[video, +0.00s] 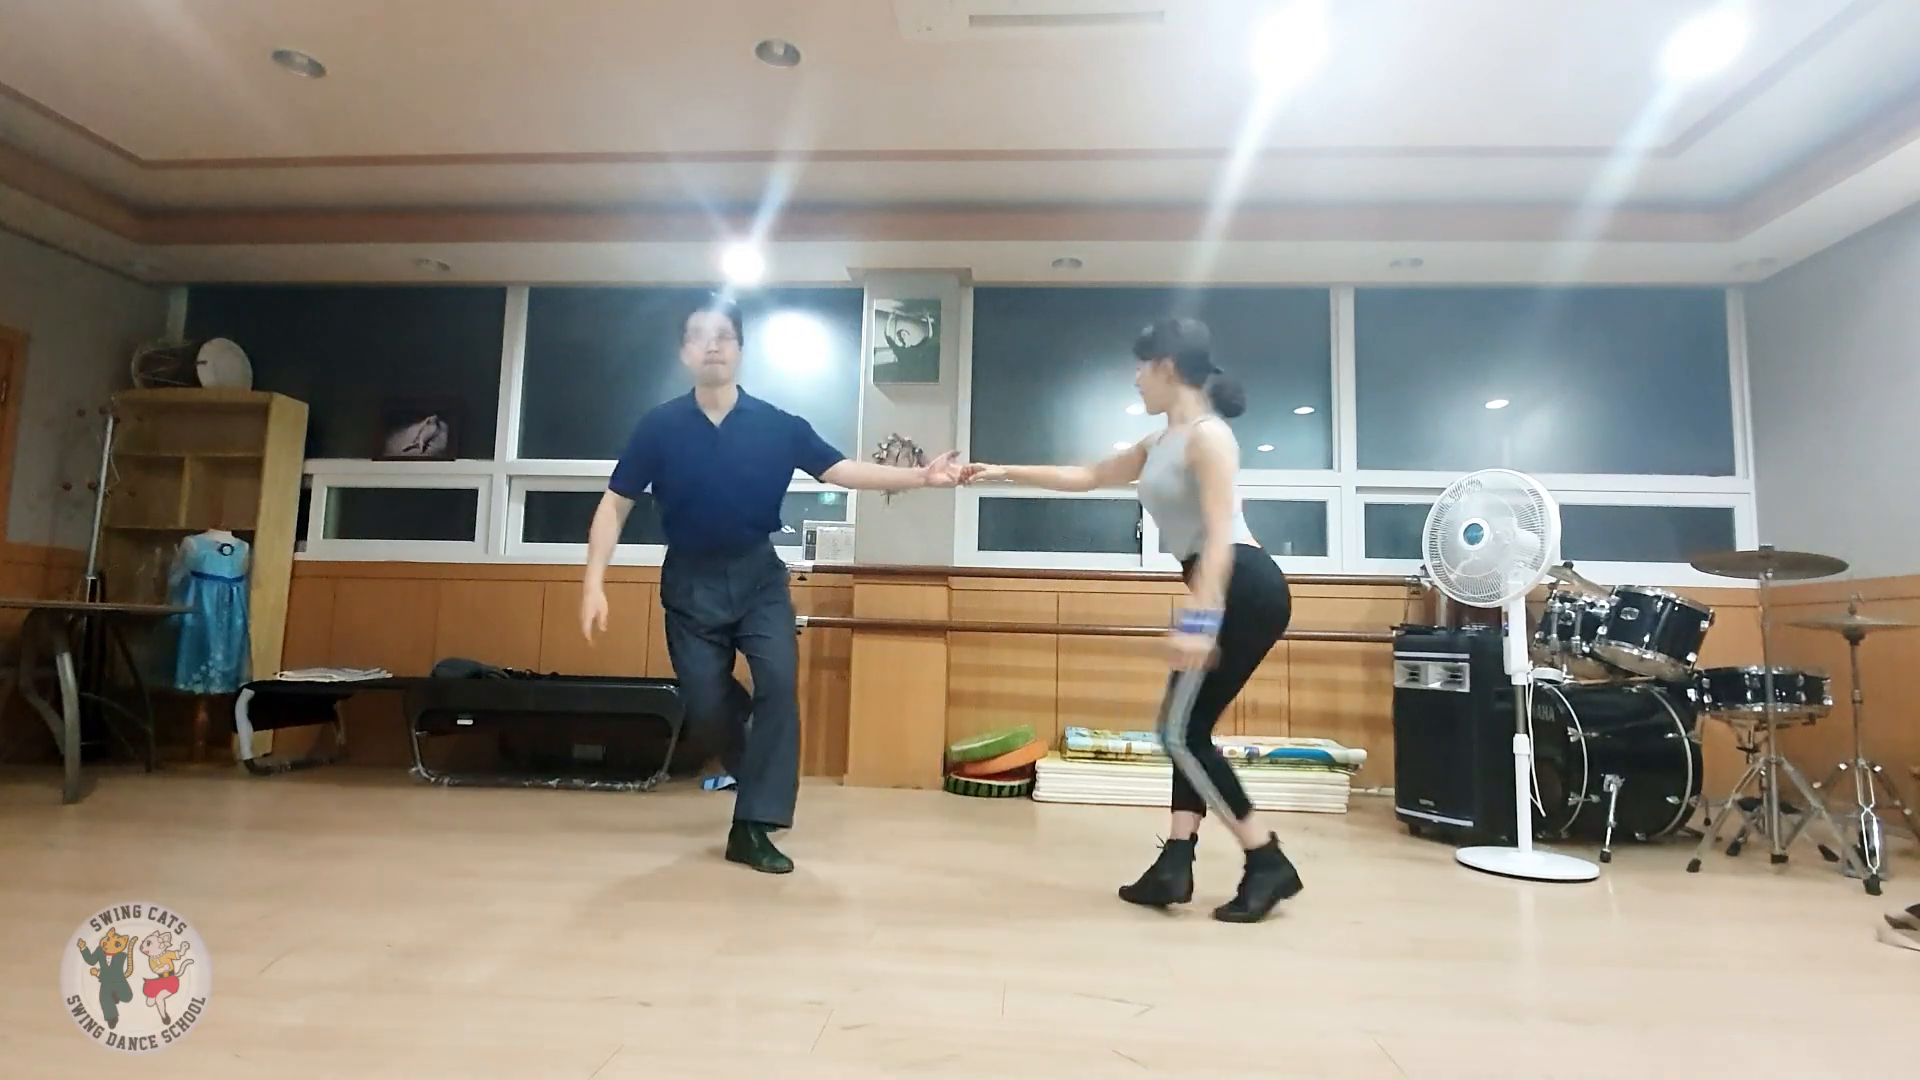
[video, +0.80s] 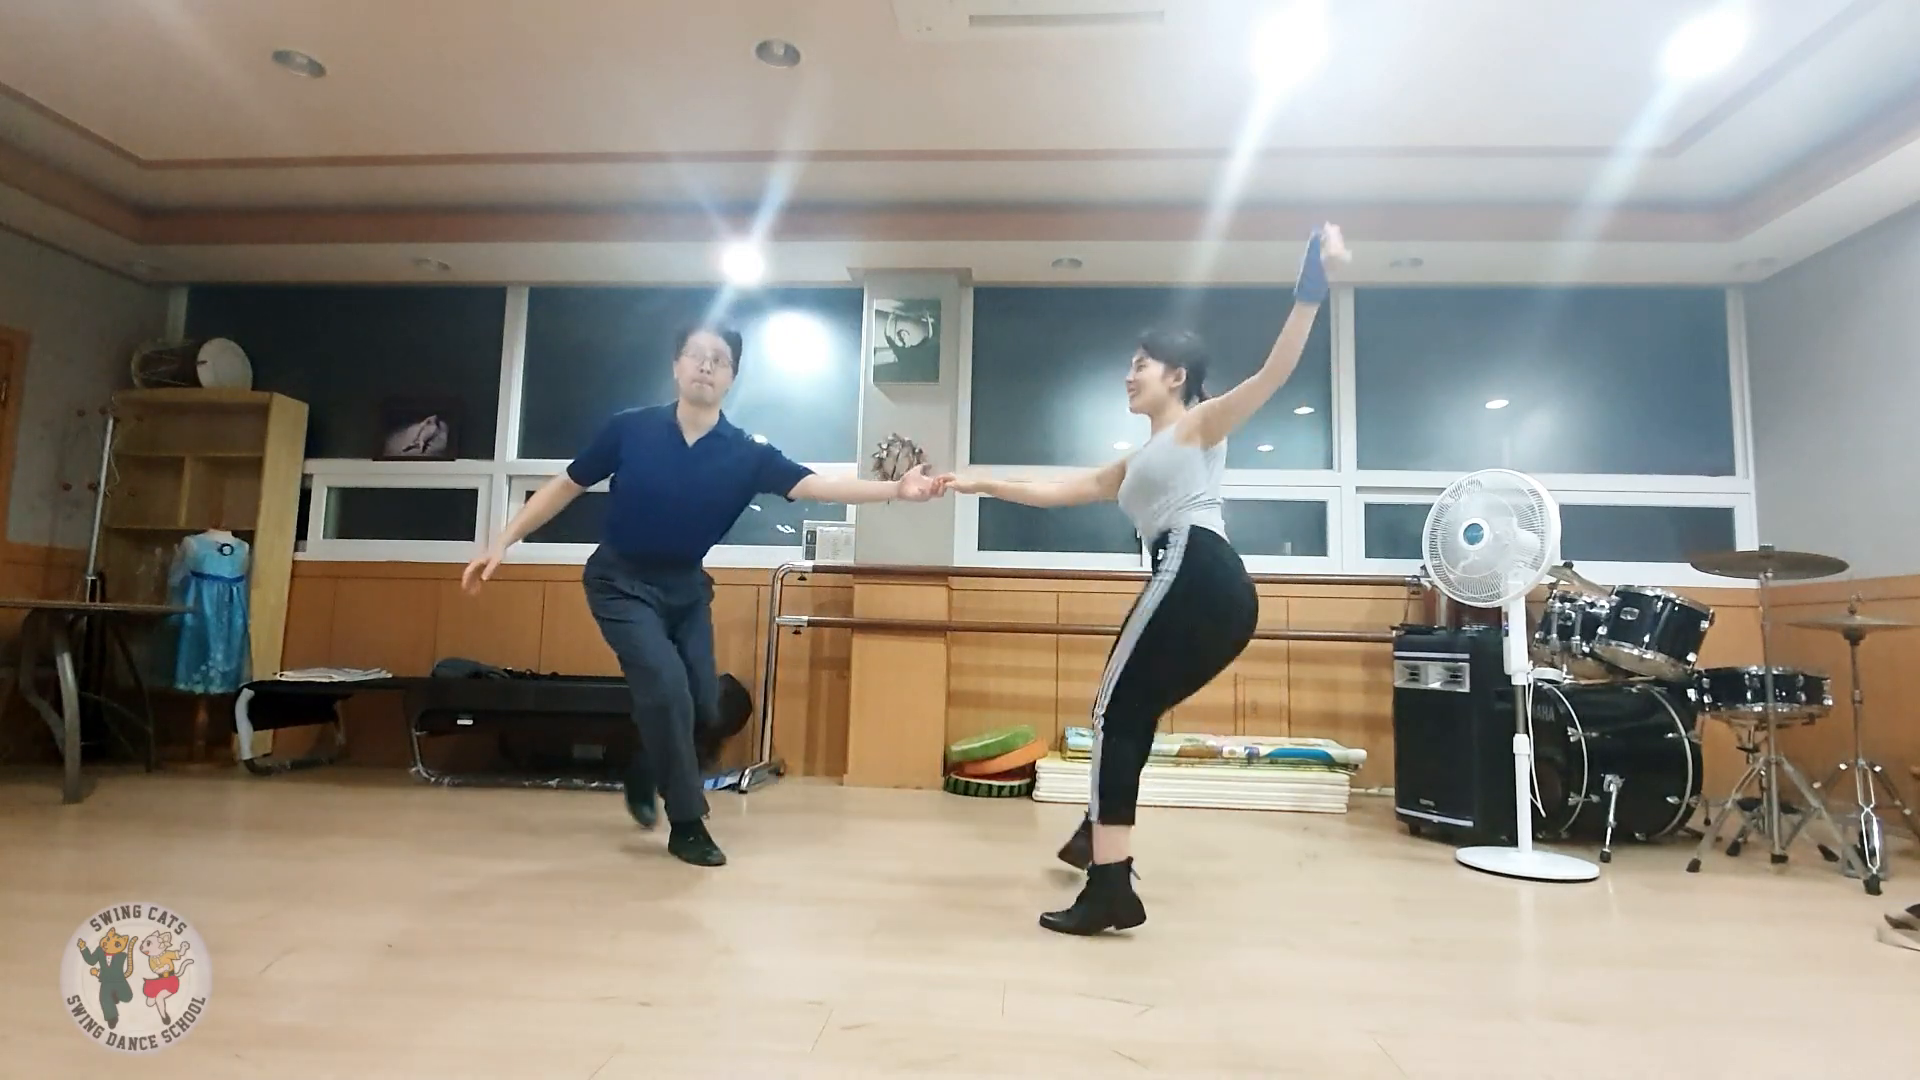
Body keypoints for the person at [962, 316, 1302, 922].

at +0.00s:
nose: (1137, 379)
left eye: (1143, 367)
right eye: (1138, 368)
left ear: (1171, 370)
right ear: (1172, 371)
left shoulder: (1208, 437)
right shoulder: (1162, 440)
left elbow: (1220, 532)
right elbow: (1081, 477)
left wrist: (1201, 618)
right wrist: (993, 471)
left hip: (1245, 591)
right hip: (1220, 591)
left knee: (1181, 730)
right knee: (1182, 728)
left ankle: (1267, 859)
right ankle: (1176, 863)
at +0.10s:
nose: (1158, 374)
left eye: (1166, 362)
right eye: (1158, 363)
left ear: (1201, 365)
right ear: (1192, 369)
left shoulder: (1251, 433)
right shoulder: (1165, 444)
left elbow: (1315, 515)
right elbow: (1084, 471)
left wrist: (1375, 575)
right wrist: (999, 461)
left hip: (1261, 590)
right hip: (1222, 595)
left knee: (1220, 734)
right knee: (1158, 699)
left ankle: (1277, 875)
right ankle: (1185, 839)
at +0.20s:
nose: (1173, 361)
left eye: (1185, 350)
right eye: (1173, 351)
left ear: (1224, 358)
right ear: (1187, 365)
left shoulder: (1274, 424)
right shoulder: (1171, 436)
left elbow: (1370, 458)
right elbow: (1080, 462)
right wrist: (993, 453)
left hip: (1261, 585)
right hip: (1208, 587)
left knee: (1211, 723)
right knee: (1142, 696)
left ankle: (1258, 863)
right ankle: (1172, 826)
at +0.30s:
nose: (1185, 368)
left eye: (1199, 358)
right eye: (1183, 360)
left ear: (1236, 369)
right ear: (1186, 378)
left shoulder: (1281, 432)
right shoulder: (1170, 445)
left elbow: (1388, 415)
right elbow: (1078, 470)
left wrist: (1488, 383)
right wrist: (992, 460)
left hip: (1250, 597)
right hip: (1186, 591)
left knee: (1208, 714)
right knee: (1149, 711)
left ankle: (1166, 837)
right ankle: (1168, 836)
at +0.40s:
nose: (1184, 375)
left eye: (1197, 365)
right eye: (1181, 368)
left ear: (1234, 379)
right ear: (1183, 385)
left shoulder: (1276, 439)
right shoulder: (1171, 460)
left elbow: (1374, 386)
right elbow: (1075, 481)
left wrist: (1452, 316)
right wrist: (983, 472)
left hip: (1239, 611)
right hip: (1176, 597)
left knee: (1184, 728)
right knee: (1154, 722)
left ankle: (1095, 846)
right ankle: (1152, 832)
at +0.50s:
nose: (1175, 383)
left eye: (1189, 374)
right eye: (1173, 375)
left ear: (1224, 388)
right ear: (1175, 393)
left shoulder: (1266, 449)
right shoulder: (1162, 469)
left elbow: (1349, 373)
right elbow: (1069, 485)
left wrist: (1395, 288)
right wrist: (982, 476)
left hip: (1228, 620)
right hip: (1167, 609)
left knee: (1166, 732)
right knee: (1151, 734)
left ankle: (1087, 869)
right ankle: (1153, 830)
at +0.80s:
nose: (1130, 374)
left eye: (1142, 364)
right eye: (1130, 365)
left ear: (1177, 376)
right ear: (1148, 380)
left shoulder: (1199, 423)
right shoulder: (1132, 465)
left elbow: (1272, 375)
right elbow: (1050, 486)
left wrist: (1313, 288)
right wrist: (966, 478)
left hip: (1195, 575)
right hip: (1217, 599)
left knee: (1118, 708)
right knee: (1131, 706)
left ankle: (1112, 885)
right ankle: (1101, 827)